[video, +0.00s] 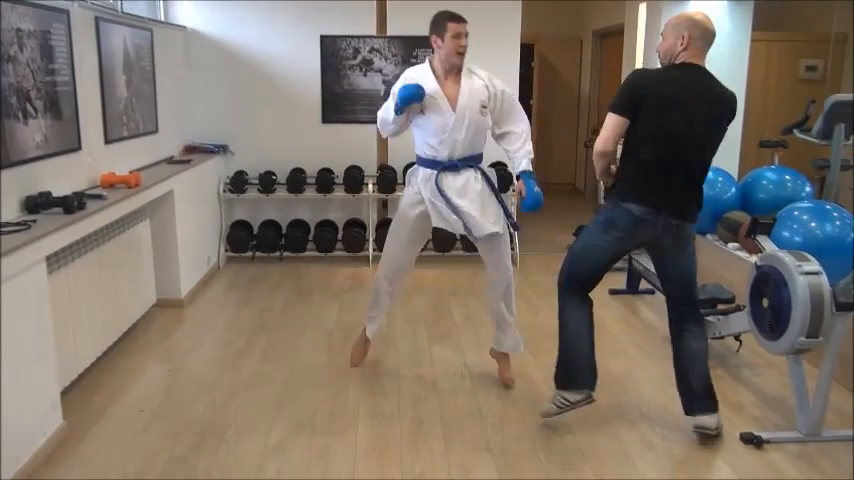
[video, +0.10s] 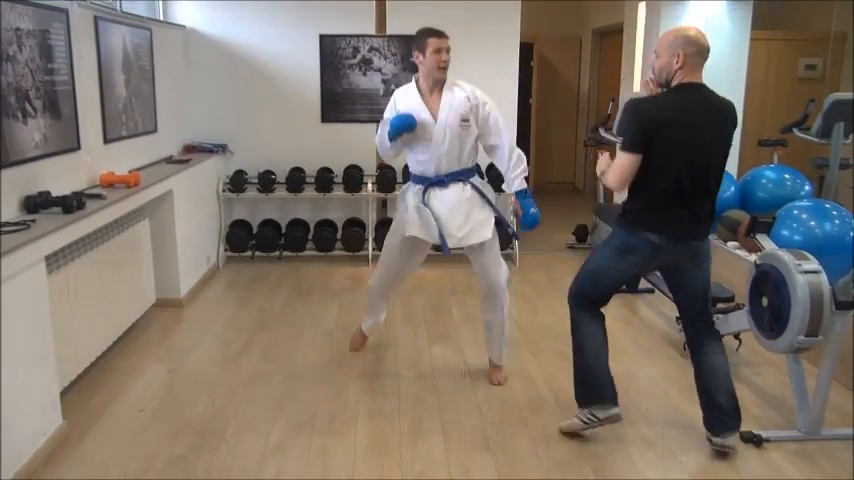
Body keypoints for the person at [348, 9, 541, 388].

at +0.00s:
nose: (464, 44)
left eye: (466, 37)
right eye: (457, 37)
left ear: (467, 41)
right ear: (436, 41)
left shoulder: (486, 85)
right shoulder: (413, 80)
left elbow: (514, 129)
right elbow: (386, 128)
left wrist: (524, 174)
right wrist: (398, 107)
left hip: (474, 184)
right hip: (425, 184)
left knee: (502, 269)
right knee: (392, 264)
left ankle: (503, 348)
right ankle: (368, 331)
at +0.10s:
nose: (445, 58)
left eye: (448, 52)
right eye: (437, 52)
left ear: (450, 57)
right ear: (418, 57)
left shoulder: (470, 98)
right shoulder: (401, 99)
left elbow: (501, 145)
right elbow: (386, 154)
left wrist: (522, 194)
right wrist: (393, 133)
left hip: (467, 197)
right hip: (419, 198)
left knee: (495, 279)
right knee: (386, 273)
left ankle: (496, 358)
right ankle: (369, 324)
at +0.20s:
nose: (429, 73)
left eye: (433, 67)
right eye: (422, 66)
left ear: (437, 73)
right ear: (404, 72)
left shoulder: (451, 110)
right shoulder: (391, 113)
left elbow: (481, 155)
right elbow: (380, 168)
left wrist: (508, 203)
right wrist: (388, 159)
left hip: (449, 206)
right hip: (406, 208)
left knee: (479, 288)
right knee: (386, 275)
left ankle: (492, 359)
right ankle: (375, 328)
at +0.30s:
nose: (419, 50)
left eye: (422, 45)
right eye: (411, 44)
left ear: (424, 51)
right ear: (392, 49)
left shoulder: (436, 89)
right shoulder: (373, 89)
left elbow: (455, 141)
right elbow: (359, 137)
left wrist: (474, 188)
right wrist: (379, 137)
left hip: (429, 186)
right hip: (384, 186)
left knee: (459, 266)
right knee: (367, 259)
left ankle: (488, 350)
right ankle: (368, 323)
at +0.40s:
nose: (403, 33)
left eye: (407, 27)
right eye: (397, 26)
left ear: (409, 33)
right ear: (378, 30)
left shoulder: (422, 72)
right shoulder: (355, 71)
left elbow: (438, 126)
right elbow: (336, 117)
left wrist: (447, 161)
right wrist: (364, 114)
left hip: (414, 170)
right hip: (368, 169)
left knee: (440, 248)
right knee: (348, 245)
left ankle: (454, 324)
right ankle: (338, 312)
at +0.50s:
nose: (387, 36)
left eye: (390, 31)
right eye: (380, 29)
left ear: (394, 36)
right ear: (361, 32)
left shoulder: (407, 75)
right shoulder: (338, 72)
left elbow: (425, 122)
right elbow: (317, 117)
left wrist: (430, 154)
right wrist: (351, 106)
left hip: (398, 170)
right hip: (351, 170)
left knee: (423, 248)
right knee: (331, 245)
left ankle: (412, 316)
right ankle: (318, 312)